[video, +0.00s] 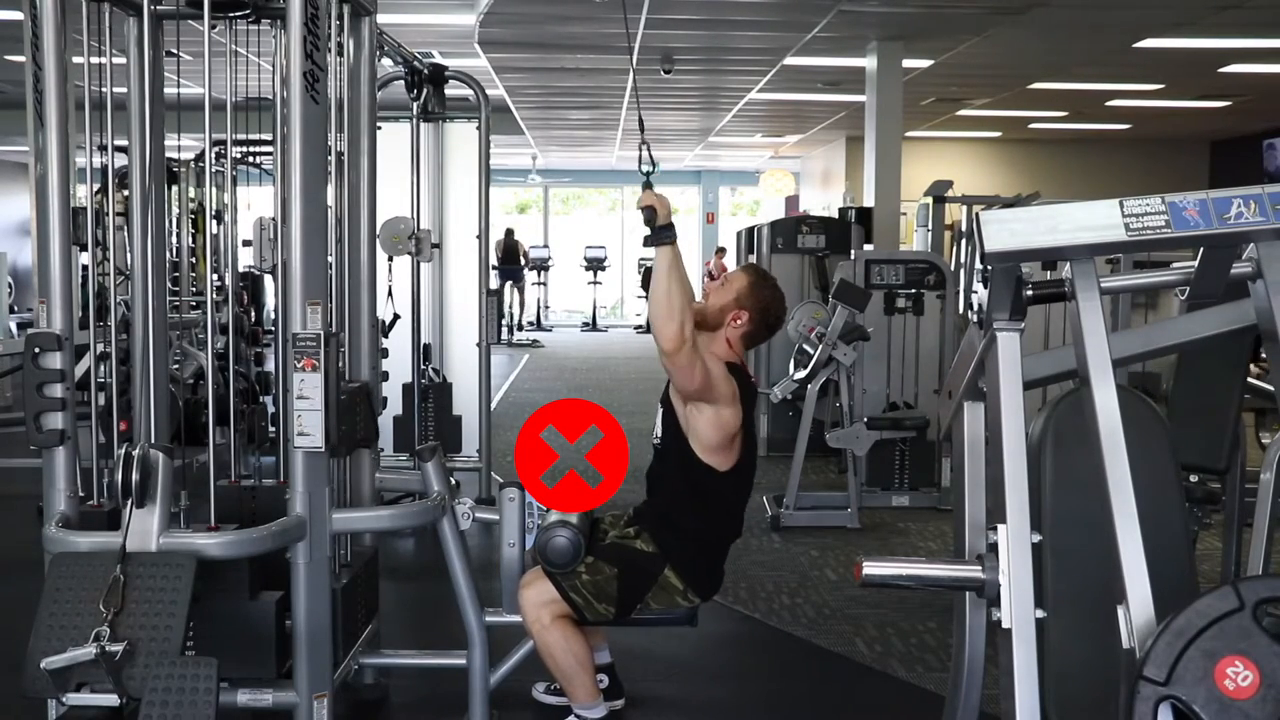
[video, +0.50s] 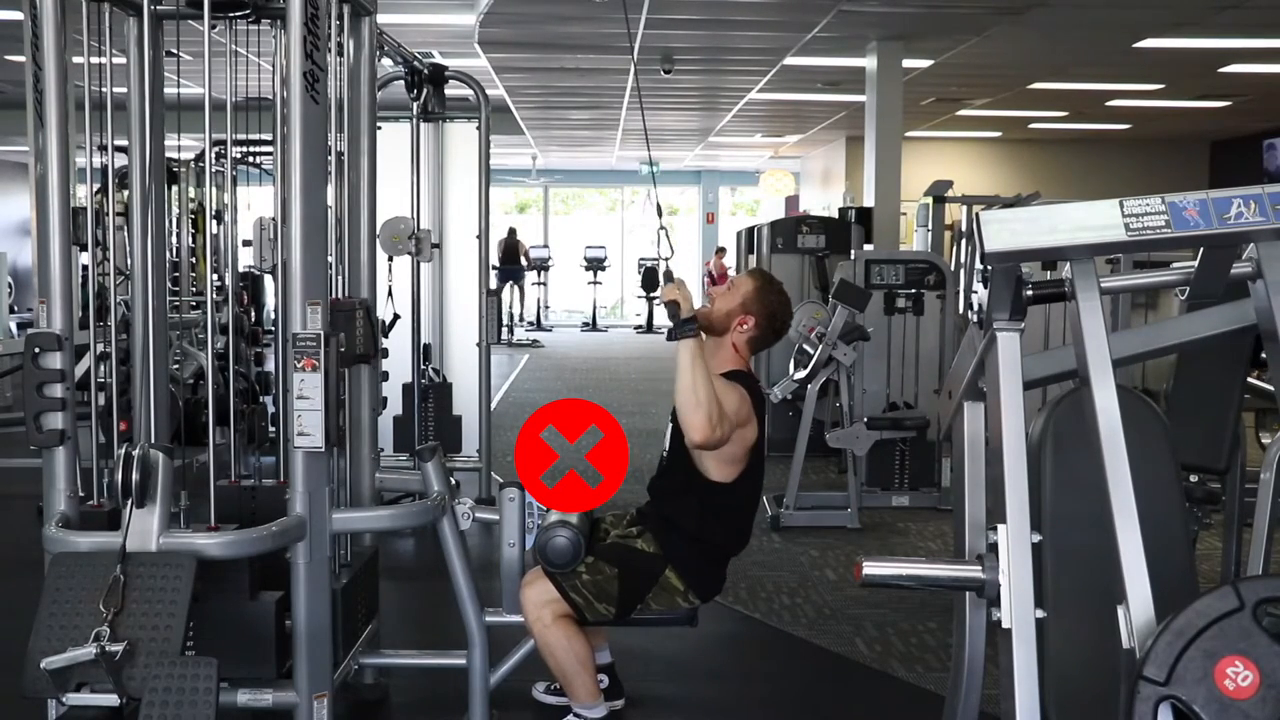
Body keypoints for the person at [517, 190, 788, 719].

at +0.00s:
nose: (712, 283)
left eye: (723, 282)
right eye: (721, 277)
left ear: (736, 318)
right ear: (737, 323)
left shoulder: (712, 384)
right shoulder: (717, 365)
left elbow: (674, 336)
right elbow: (688, 324)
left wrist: (663, 231)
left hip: (676, 562)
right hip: (659, 532)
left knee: (537, 596)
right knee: (555, 547)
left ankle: (589, 709)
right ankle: (595, 672)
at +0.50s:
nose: (716, 287)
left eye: (729, 288)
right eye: (726, 282)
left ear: (742, 325)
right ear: (743, 327)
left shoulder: (735, 391)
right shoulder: (720, 368)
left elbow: (704, 430)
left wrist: (687, 325)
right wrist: (721, 286)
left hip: (680, 559)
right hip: (660, 529)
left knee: (539, 594)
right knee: (555, 545)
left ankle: (590, 712)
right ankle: (596, 675)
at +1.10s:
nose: (716, 285)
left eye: (728, 285)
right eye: (725, 279)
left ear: (742, 322)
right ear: (743, 326)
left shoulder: (734, 391)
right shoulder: (720, 364)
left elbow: (702, 396)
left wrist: (680, 284)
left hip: (679, 563)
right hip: (658, 528)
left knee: (538, 595)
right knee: (555, 540)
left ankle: (589, 711)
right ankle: (595, 672)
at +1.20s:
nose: (715, 283)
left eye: (726, 283)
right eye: (724, 278)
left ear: (741, 322)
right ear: (742, 324)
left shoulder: (727, 389)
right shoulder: (719, 363)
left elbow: (695, 370)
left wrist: (676, 262)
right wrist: (717, 282)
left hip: (679, 563)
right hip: (657, 528)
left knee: (538, 595)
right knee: (557, 539)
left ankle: (588, 710)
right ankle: (597, 673)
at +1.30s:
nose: (712, 283)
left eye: (725, 283)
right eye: (721, 277)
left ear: (740, 318)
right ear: (741, 321)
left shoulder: (722, 384)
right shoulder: (717, 362)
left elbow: (688, 350)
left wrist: (671, 243)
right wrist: (710, 293)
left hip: (677, 561)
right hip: (654, 524)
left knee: (538, 596)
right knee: (556, 545)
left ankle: (588, 710)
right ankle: (595, 673)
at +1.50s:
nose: (708, 276)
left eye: (722, 277)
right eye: (717, 271)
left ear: (736, 316)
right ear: (735, 318)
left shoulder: (714, 375)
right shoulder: (706, 360)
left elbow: (676, 312)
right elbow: (679, 307)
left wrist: (659, 209)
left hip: (675, 565)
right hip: (655, 534)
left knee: (536, 596)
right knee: (553, 545)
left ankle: (589, 709)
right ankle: (594, 671)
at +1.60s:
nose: (708, 269)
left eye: (721, 272)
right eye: (719, 266)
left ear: (732, 314)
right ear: (733, 316)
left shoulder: (707, 369)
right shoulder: (702, 356)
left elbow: (671, 293)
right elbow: (672, 290)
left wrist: (657, 192)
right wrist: (656, 201)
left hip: (674, 564)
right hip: (657, 537)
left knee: (536, 596)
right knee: (553, 544)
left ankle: (590, 710)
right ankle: (593, 671)